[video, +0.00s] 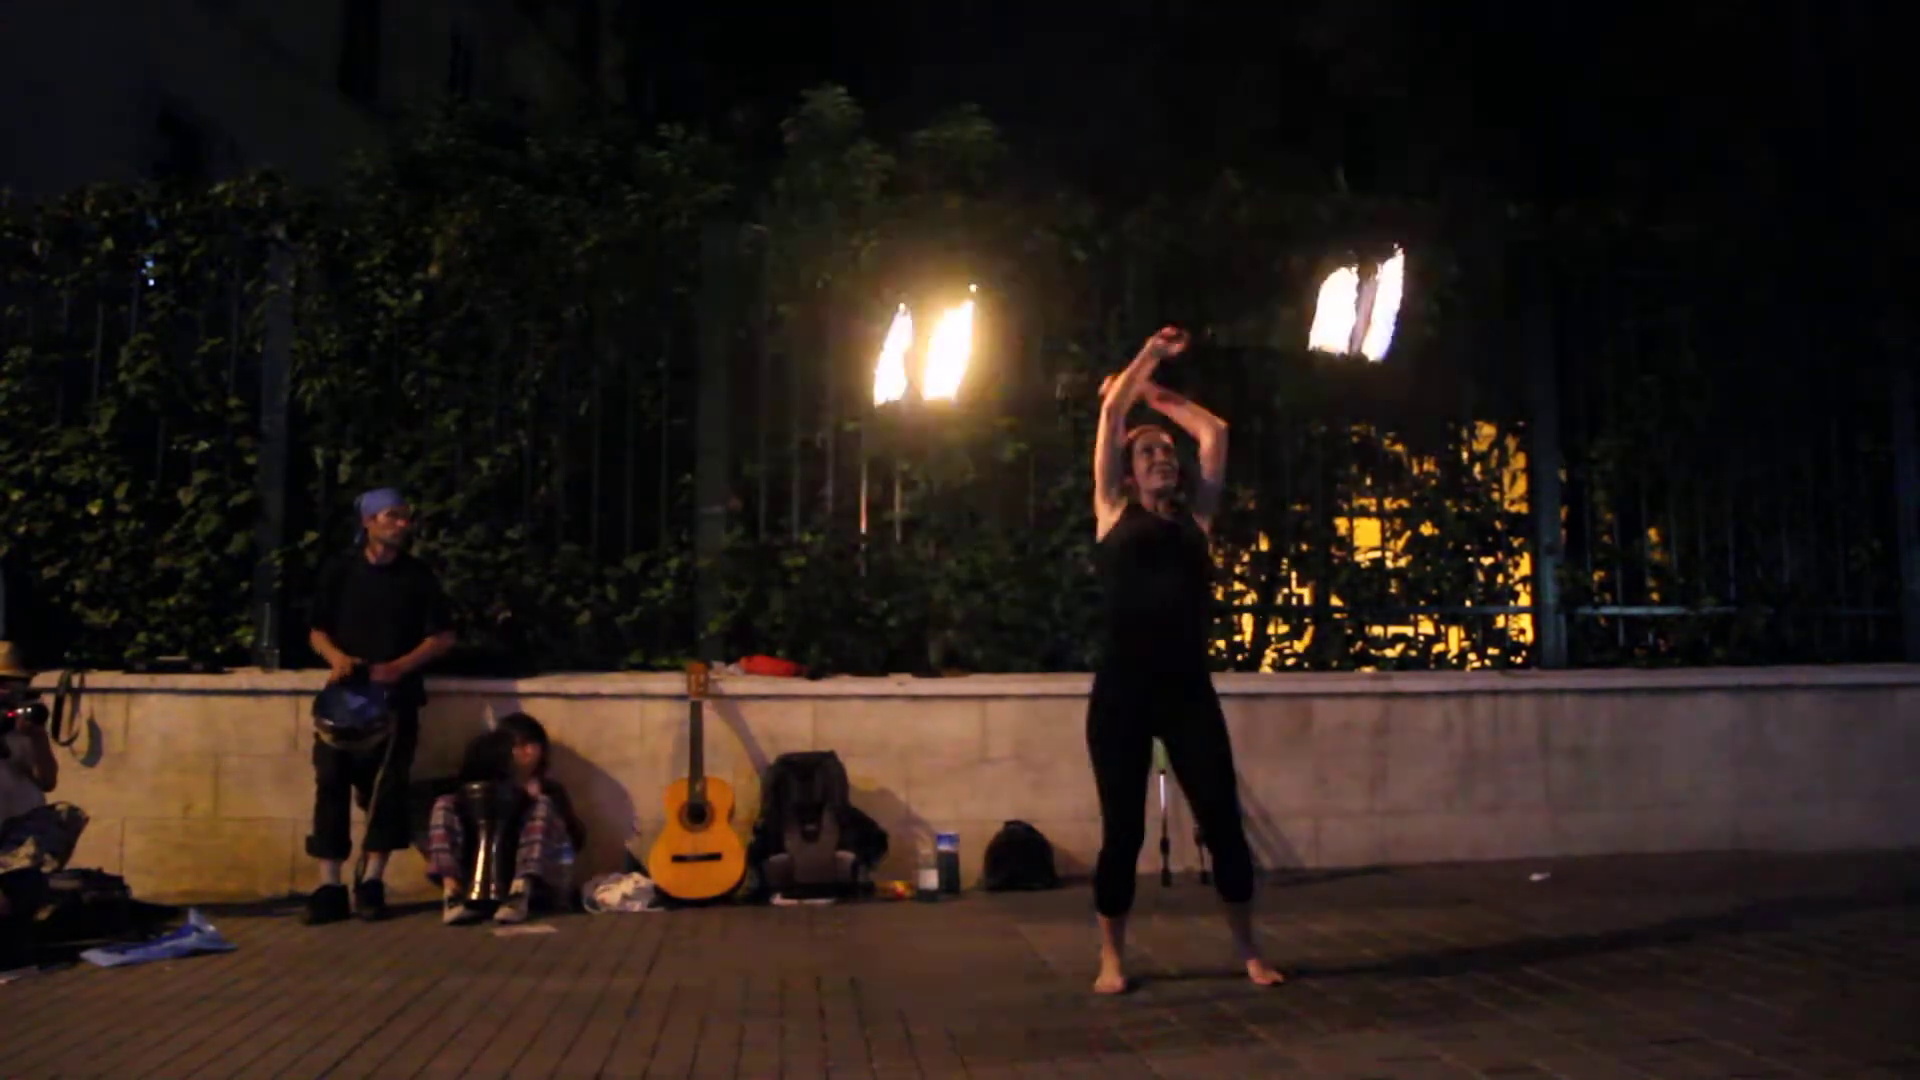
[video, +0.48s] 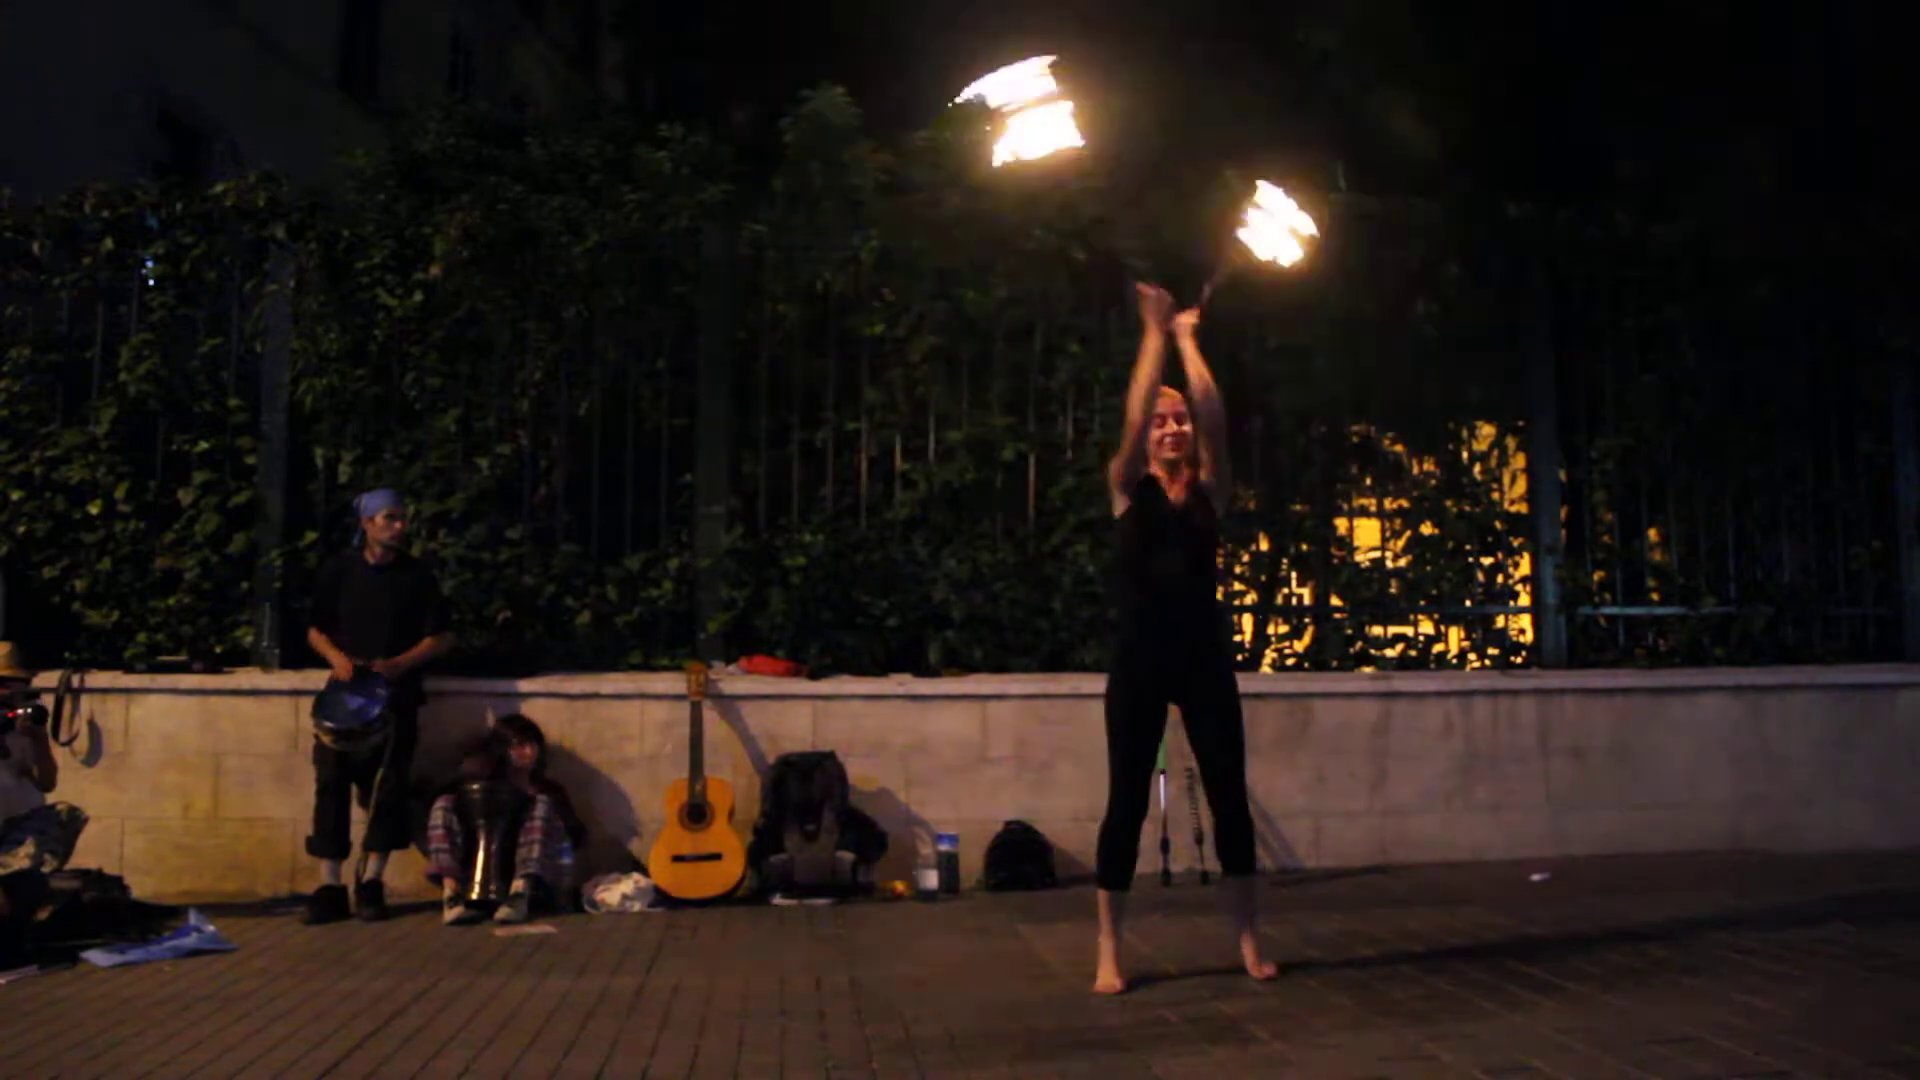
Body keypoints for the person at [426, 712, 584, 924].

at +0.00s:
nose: (528, 753)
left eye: (533, 745)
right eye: (519, 746)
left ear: (543, 750)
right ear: (504, 751)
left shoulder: (551, 789)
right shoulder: (488, 794)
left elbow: (576, 840)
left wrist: (541, 801)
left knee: (542, 806)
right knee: (444, 805)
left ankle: (521, 891)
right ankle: (452, 893)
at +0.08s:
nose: (531, 755)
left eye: (536, 747)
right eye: (523, 748)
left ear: (544, 751)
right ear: (506, 752)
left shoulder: (552, 790)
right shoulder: (490, 791)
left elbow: (577, 840)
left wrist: (542, 798)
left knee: (542, 806)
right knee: (443, 806)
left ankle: (521, 892)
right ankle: (451, 893)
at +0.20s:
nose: (524, 751)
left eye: (529, 744)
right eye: (516, 744)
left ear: (541, 749)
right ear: (503, 750)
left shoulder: (549, 788)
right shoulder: (487, 790)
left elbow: (577, 840)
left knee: (541, 804)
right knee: (442, 806)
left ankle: (521, 892)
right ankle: (451, 893)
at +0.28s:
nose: (527, 750)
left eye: (532, 743)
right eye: (518, 743)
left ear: (539, 748)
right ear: (502, 746)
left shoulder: (546, 787)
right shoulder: (484, 781)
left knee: (541, 804)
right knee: (443, 805)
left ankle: (521, 891)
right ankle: (451, 893)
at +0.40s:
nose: (526, 750)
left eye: (531, 743)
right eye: (517, 743)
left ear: (539, 749)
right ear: (500, 749)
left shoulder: (551, 789)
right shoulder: (488, 789)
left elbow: (574, 838)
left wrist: (539, 798)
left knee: (542, 806)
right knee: (444, 805)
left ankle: (521, 891)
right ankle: (451, 894)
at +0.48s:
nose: (528, 753)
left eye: (532, 746)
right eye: (520, 746)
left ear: (540, 751)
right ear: (501, 750)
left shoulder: (549, 789)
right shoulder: (485, 790)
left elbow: (576, 836)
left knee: (541, 805)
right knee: (443, 805)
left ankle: (521, 892)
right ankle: (451, 894)